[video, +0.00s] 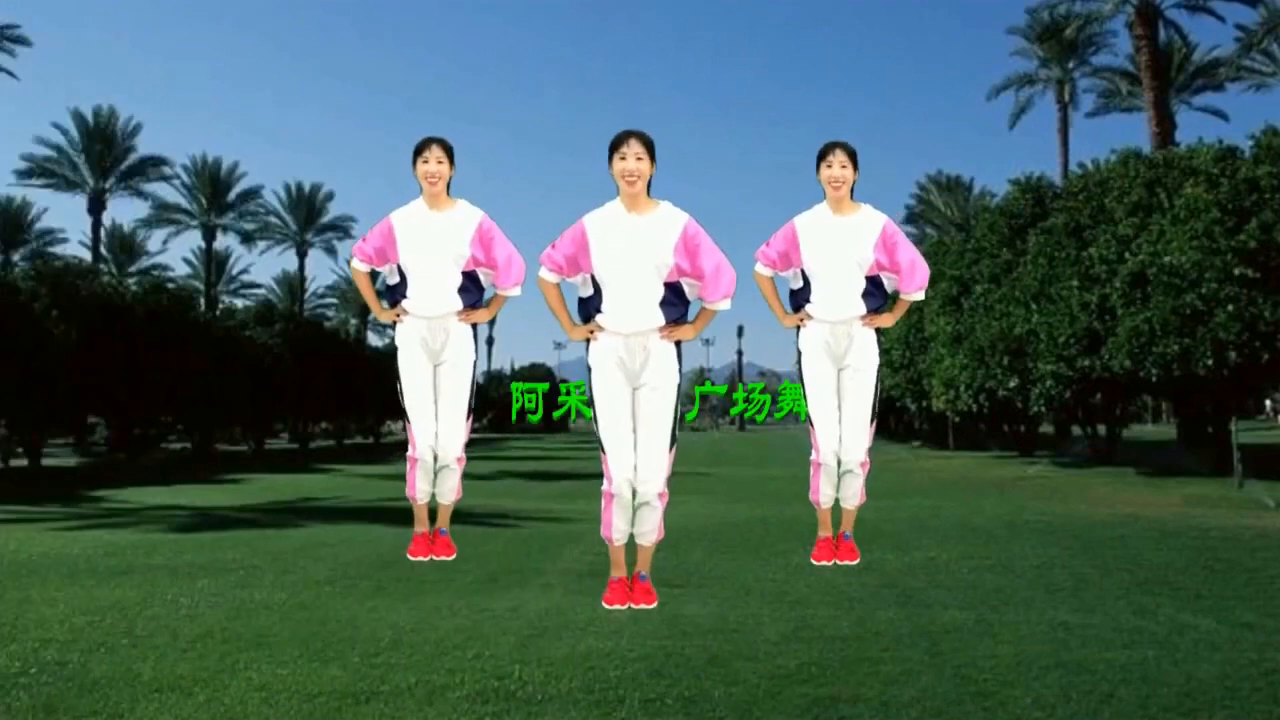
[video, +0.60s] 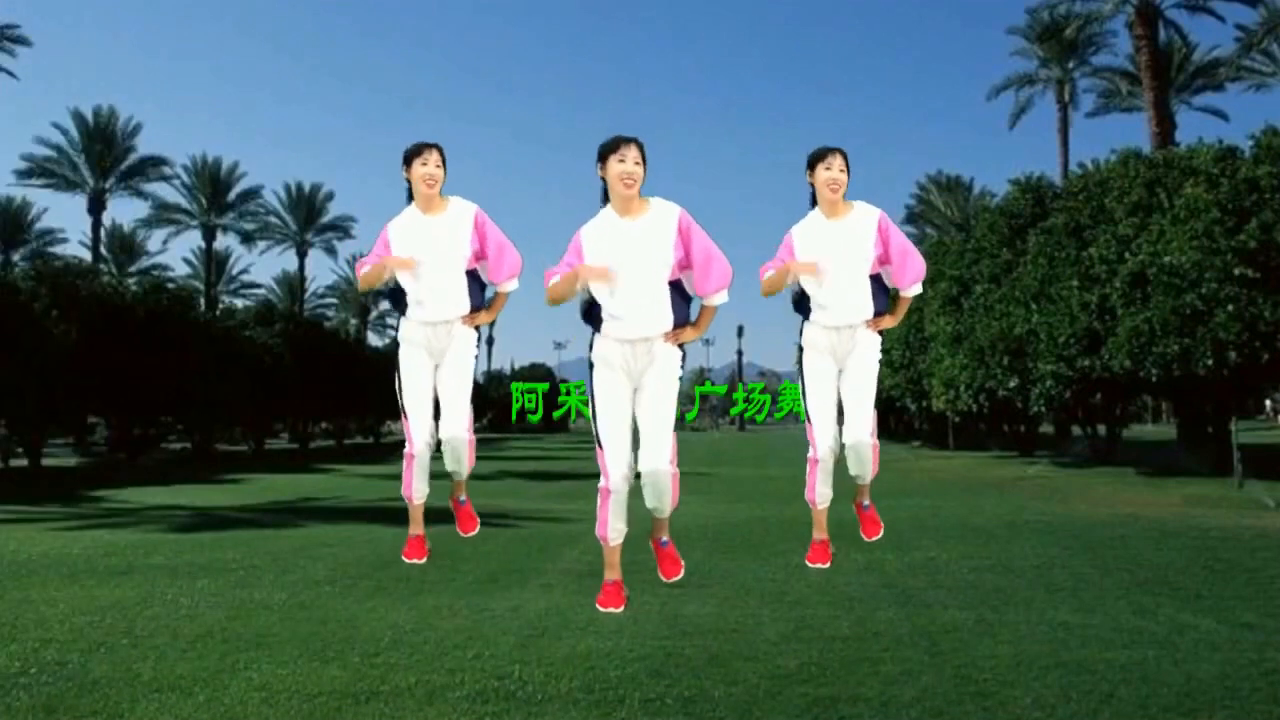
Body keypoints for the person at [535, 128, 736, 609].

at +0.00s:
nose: (631, 165)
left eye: (639, 157)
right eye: (622, 158)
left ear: (652, 167)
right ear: (611, 168)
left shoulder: (675, 222)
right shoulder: (594, 224)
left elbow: (722, 277)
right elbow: (547, 272)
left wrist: (694, 327)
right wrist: (571, 326)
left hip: (659, 349)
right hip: (608, 348)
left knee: (652, 465)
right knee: (618, 465)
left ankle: (643, 573)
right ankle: (618, 573)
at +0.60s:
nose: (630, 168)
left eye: (636, 162)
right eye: (620, 161)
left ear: (645, 172)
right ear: (603, 172)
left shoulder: (671, 218)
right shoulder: (591, 233)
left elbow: (716, 272)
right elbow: (553, 294)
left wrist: (698, 327)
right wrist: (578, 276)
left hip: (661, 349)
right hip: (611, 350)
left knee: (657, 463)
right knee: (616, 465)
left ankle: (661, 536)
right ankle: (611, 574)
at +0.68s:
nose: (632, 160)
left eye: (638, 152)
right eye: (622, 152)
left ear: (647, 161)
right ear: (604, 160)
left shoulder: (671, 205)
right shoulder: (591, 216)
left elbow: (720, 256)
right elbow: (555, 268)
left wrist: (703, 310)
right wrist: (586, 213)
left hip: (667, 338)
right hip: (617, 342)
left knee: (673, 458)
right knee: (619, 461)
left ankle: (682, 532)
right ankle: (611, 575)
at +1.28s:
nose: (644, 141)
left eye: (650, 133)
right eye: (635, 134)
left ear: (660, 138)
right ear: (617, 143)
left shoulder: (690, 177)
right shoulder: (613, 188)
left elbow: (739, 223)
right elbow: (605, 222)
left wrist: (723, 281)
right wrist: (612, 162)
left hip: (688, 306)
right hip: (639, 308)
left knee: (694, 447)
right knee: (632, 442)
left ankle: (688, 493)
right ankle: (622, 561)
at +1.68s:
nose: (653, 151)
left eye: (657, 141)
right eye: (643, 142)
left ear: (667, 148)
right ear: (626, 152)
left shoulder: (697, 196)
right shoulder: (617, 200)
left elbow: (737, 249)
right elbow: (656, 217)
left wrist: (722, 298)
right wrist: (650, 150)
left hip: (690, 320)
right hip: (640, 320)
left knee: (701, 457)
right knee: (634, 456)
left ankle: (698, 528)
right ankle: (626, 571)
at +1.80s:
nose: (658, 156)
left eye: (666, 149)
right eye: (649, 148)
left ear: (677, 157)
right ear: (632, 155)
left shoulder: (701, 199)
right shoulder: (622, 203)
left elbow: (743, 249)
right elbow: (676, 212)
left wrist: (731, 296)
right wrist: (710, 158)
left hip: (704, 320)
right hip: (655, 324)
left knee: (715, 451)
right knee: (652, 459)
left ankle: (726, 560)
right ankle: (630, 573)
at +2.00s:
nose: (665, 173)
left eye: (672, 166)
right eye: (655, 166)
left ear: (681, 174)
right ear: (639, 174)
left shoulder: (704, 221)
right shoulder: (630, 224)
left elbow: (752, 272)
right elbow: (683, 244)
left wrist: (730, 324)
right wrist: (745, 219)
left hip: (709, 353)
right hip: (658, 355)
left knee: (715, 471)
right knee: (660, 477)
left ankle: (725, 566)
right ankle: (629, 577)